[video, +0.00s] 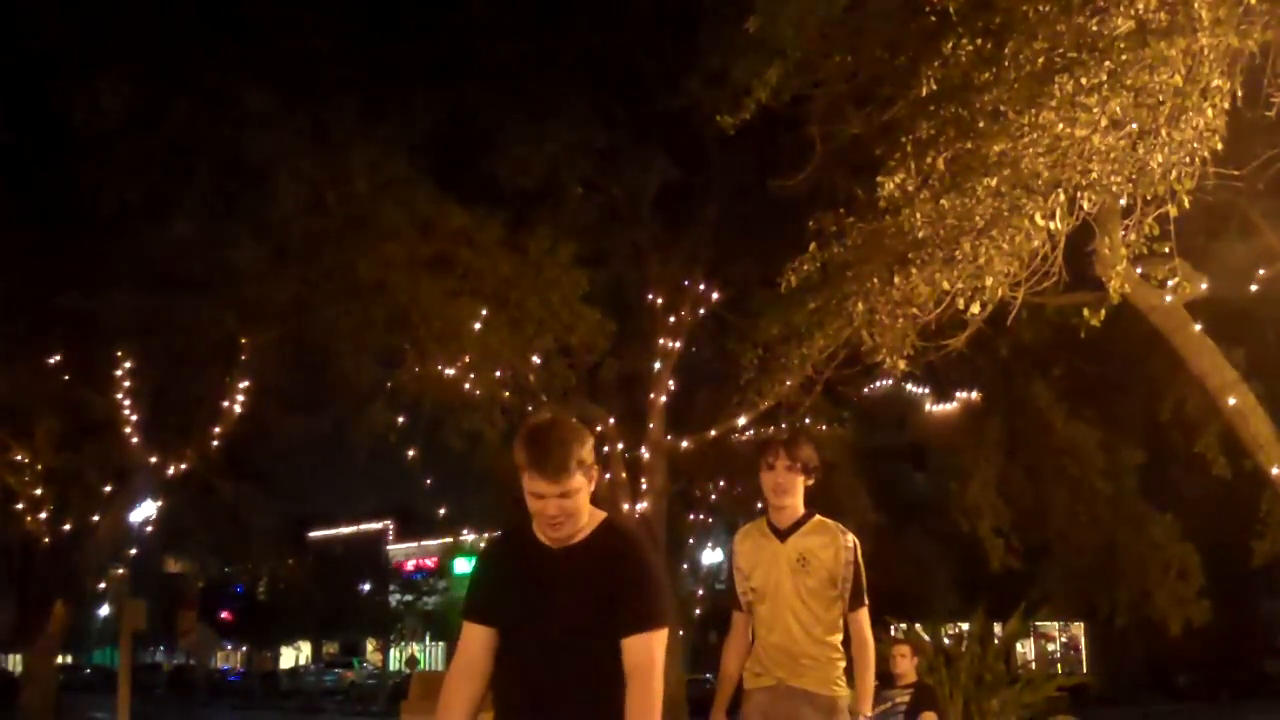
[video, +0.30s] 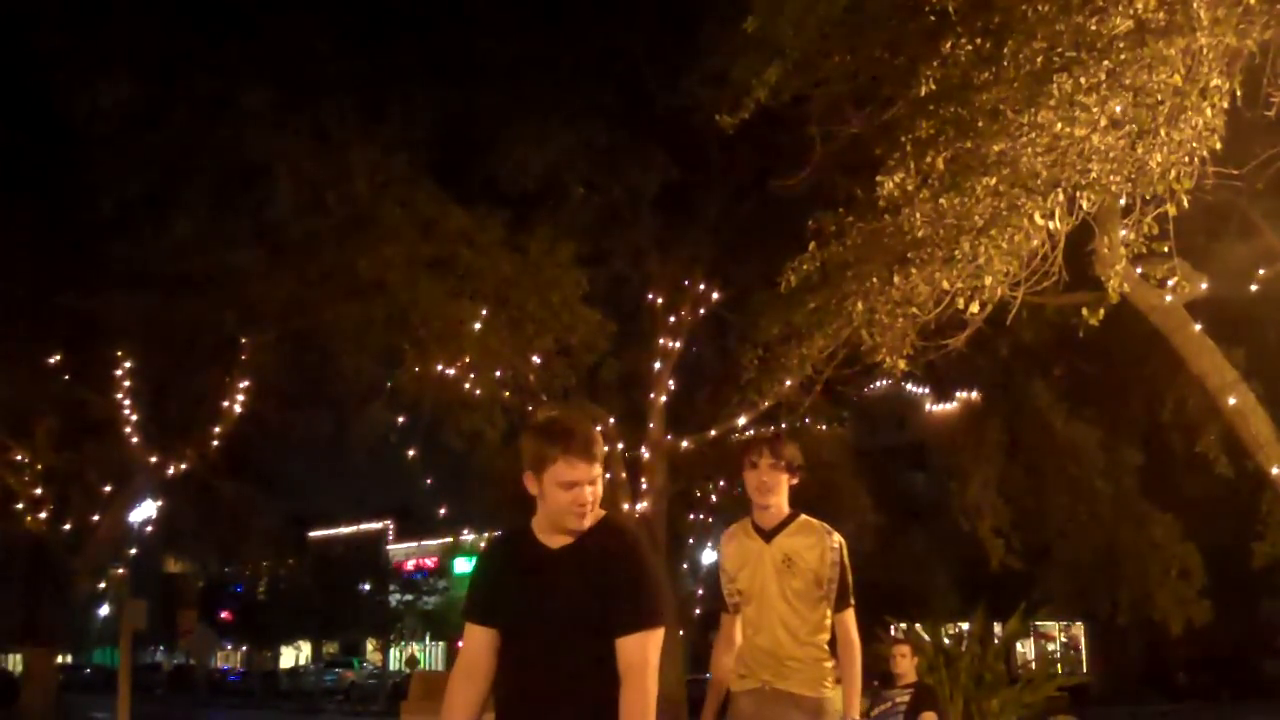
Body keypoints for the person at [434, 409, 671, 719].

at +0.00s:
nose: (551, 510)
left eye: (565, 495)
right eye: (537, 495)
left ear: (592, 478)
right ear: (522, 483)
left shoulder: (629, 557)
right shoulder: (502, 556)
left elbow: (643, 679)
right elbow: (468, 669)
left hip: (600, 711)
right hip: (518, 711)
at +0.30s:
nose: (585, 497)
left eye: (593, 482)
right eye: (569, 486)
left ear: (603, 476)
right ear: (532, 484)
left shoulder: (624, 553)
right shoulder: (502, 557)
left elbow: (638, 680)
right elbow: (471, 671)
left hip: (601, 711)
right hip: (519, 710)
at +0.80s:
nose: (598, 486)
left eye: (604, 472)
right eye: (581, 473)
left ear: (611, 472)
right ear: (540, 476)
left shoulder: (625, 550)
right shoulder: (504, 555)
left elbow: (642, 679)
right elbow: (476, 671)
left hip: (602, 711)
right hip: (519, 710)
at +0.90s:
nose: (598, 485)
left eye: (603, 472)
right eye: (581, 473)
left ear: (611, 472)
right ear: (540, 476)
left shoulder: (625, 552)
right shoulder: (503, 556)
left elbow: (642, 680)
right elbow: (477, 671)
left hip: (602, 710)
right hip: (520, 711)